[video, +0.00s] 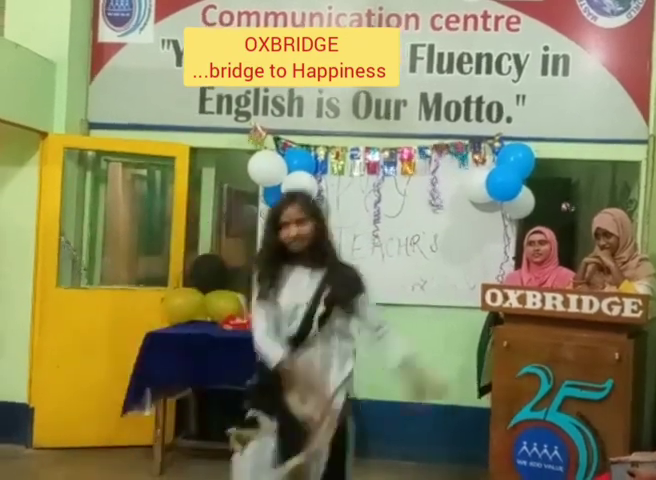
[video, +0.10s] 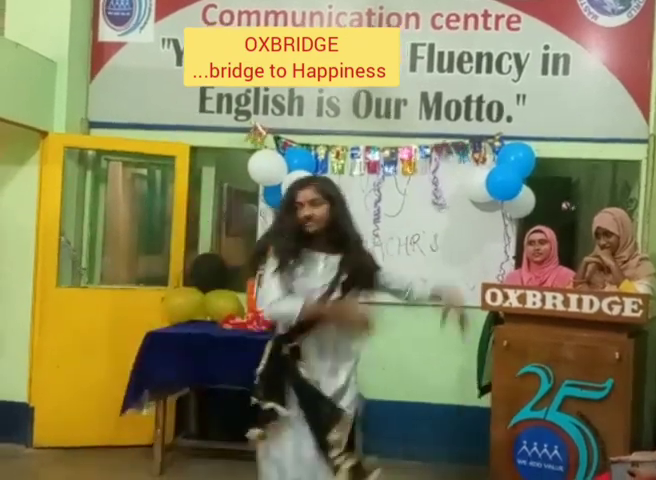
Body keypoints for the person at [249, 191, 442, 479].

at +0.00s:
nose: (293, 232)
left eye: (301, 223)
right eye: (284, 226)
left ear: (317, 225)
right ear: (276, 232)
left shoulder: (341, 277)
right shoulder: (268, 274)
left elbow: (377, 329)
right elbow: (261, 331)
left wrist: (411, 367)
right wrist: (283, 363)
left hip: (330, 394)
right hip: (284, 393)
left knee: (330, 471)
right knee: (286, 468)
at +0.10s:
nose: (306, 213)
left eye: (315, 204)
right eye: (298, 206)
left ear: (333, 208)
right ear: (292, 213)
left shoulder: (353, 260)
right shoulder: (280, 254)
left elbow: (401, 286)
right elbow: (272, 306)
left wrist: (442, 292)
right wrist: (329, 310)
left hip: (336, 382)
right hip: (286, 380)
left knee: (329, 465)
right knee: (285, 462)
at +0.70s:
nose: (290, 216)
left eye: (302, 211)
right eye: (285, 207)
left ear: (316, 221)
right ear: (275, 212)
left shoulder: (319, 274)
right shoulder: (251, 260)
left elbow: (304, 339)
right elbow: (223, 315)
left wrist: (262, 383)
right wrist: (193, 375)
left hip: (292, 377)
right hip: (241, 372)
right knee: (229, 454)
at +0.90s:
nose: (253, 207)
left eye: (264, 202)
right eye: (248, 199)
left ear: (280, 209)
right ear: (239, 203)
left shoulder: (292, 255)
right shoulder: (230, 251)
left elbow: (257, 293)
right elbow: (179, 291)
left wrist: (213, 270)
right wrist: (130, 275)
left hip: (263, 371)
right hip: (222, 364)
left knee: (253, 456)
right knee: (206, 452)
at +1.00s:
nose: (247, 207)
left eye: (257, 201)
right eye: (241, 197)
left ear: (272, 207)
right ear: (231, 201)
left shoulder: (283, 248)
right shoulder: (222, 243)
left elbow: (245, 288)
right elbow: (173, 294)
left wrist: (206, 257)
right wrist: (132, 265)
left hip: (259, 364)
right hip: (220, 359)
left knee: (250, 449)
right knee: (215, 444)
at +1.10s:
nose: (250, 220)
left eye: (260, 213)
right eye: (242, 209)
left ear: (268, 219)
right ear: (227, 212)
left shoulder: (269, 260)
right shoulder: (215, 257)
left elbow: (243, 316)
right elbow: (174, 313)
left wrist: (201, 284)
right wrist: (136, 285)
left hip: (258, 384)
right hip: (220, 379)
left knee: (249, 468)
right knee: (216, 463)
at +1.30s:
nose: (251, 249)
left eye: (259, 242)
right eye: (242, 241)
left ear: (267, 248)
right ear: (227, 246)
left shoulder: (277, 298)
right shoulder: (217, 293)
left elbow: (263, 369)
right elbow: (217, 362)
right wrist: (193, 414)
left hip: (280, 405)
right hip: (234, 400)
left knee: (273, 472)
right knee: (230, 471)